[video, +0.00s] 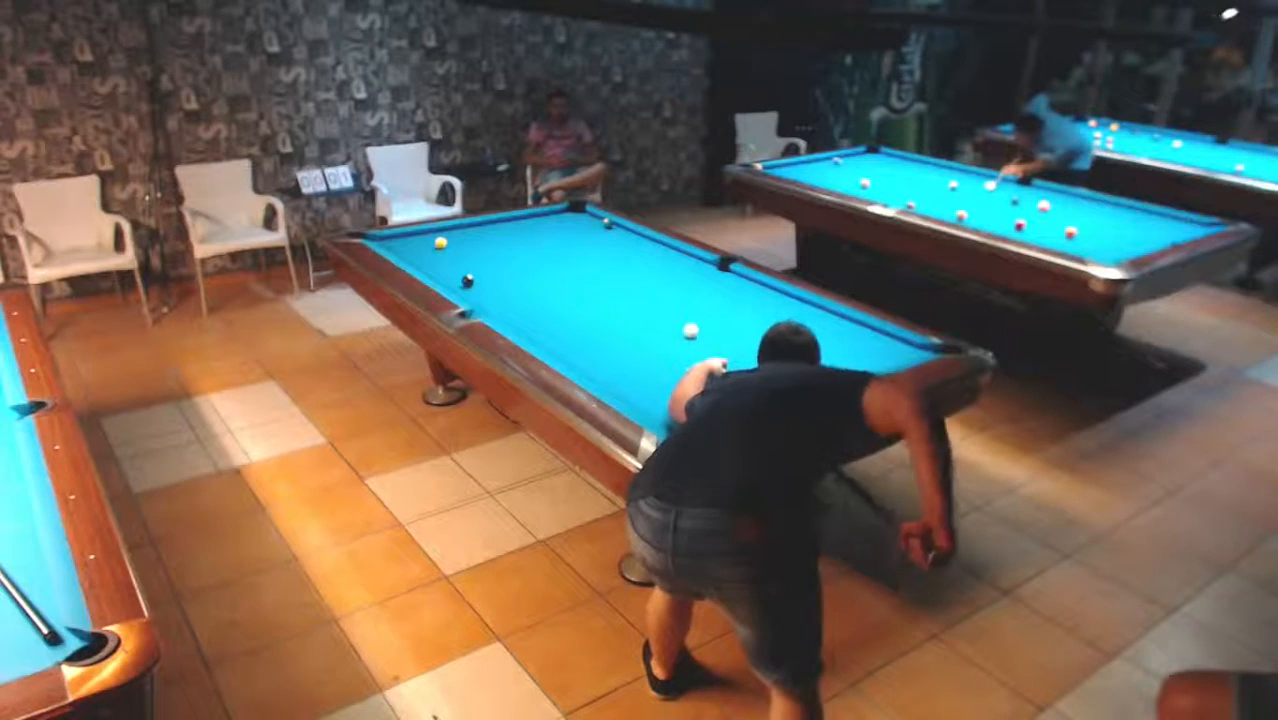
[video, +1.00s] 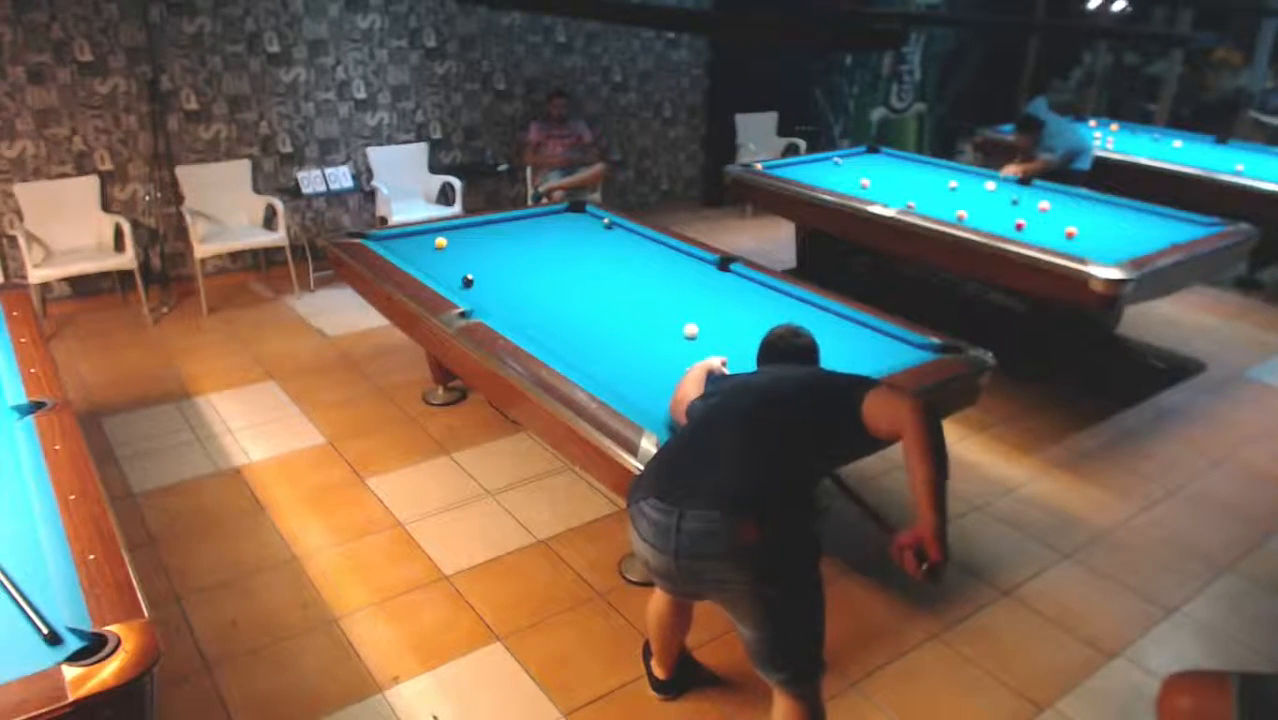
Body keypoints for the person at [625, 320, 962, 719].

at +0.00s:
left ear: (762, 359)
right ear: (815, 362)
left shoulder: (723, 384)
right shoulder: (837, 388)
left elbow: (679, 403)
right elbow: (914, 408)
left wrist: (704, 365)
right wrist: (938, 521)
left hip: (649, 517)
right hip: (744, 532)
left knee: (671, 585)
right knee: (790, 686)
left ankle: (663, 671)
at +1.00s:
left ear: (761, 362)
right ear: (814, 362)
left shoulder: (725, 387)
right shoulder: (836, 389)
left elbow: (680, 407)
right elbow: (913, 413)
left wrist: (703, 364)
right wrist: (928, 524)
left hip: (650, 518)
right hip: (747, 532)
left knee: (671, 584)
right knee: (792, 685)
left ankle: (663, 670)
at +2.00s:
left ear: (824, 265)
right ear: (895, 273)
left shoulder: (774, 326)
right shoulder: (923, 367)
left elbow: (684, 334)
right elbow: (1021, 478)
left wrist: (690, 296)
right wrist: (1036, 598)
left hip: (727, 555)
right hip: (830, 587)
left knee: (699, 604)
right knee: (831, 693)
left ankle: (671, 686)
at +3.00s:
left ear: (760, 339)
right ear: (814, 338)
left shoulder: (726, 369)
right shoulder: (832, 363)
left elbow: (683, 386)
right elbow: (915, 377)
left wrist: (707, 361)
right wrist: (889, 484)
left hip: (661, 509)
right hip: (757, 523)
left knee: (675, 592)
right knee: (795, 687)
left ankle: (668, 676)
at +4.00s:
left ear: (760, 364)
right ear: (814, 363)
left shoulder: (727, 388)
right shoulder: (830, 386)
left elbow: (682, 398)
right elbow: (913, 391)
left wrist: (706, 364)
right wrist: (886, 503)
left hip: (654, 521)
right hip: (750, 538)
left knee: (675, 580)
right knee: (800, 688)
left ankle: (668, 675)